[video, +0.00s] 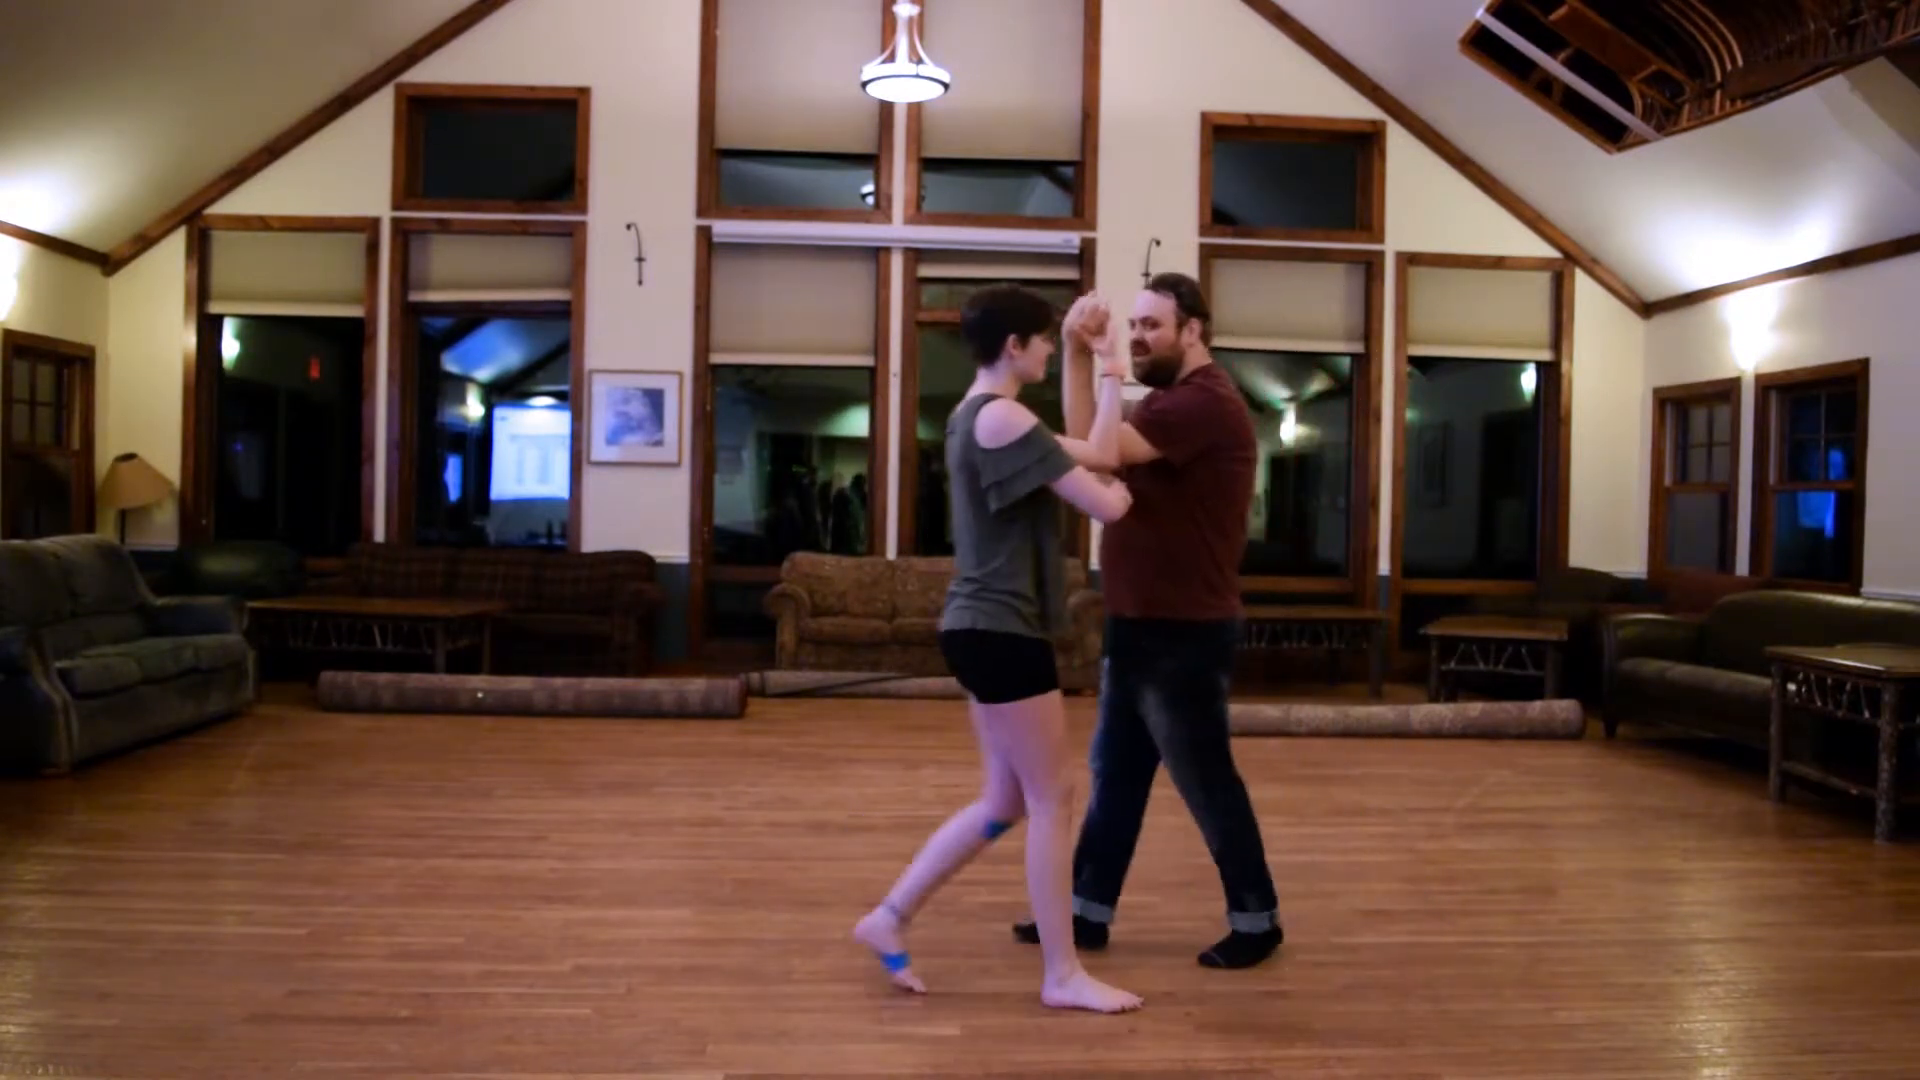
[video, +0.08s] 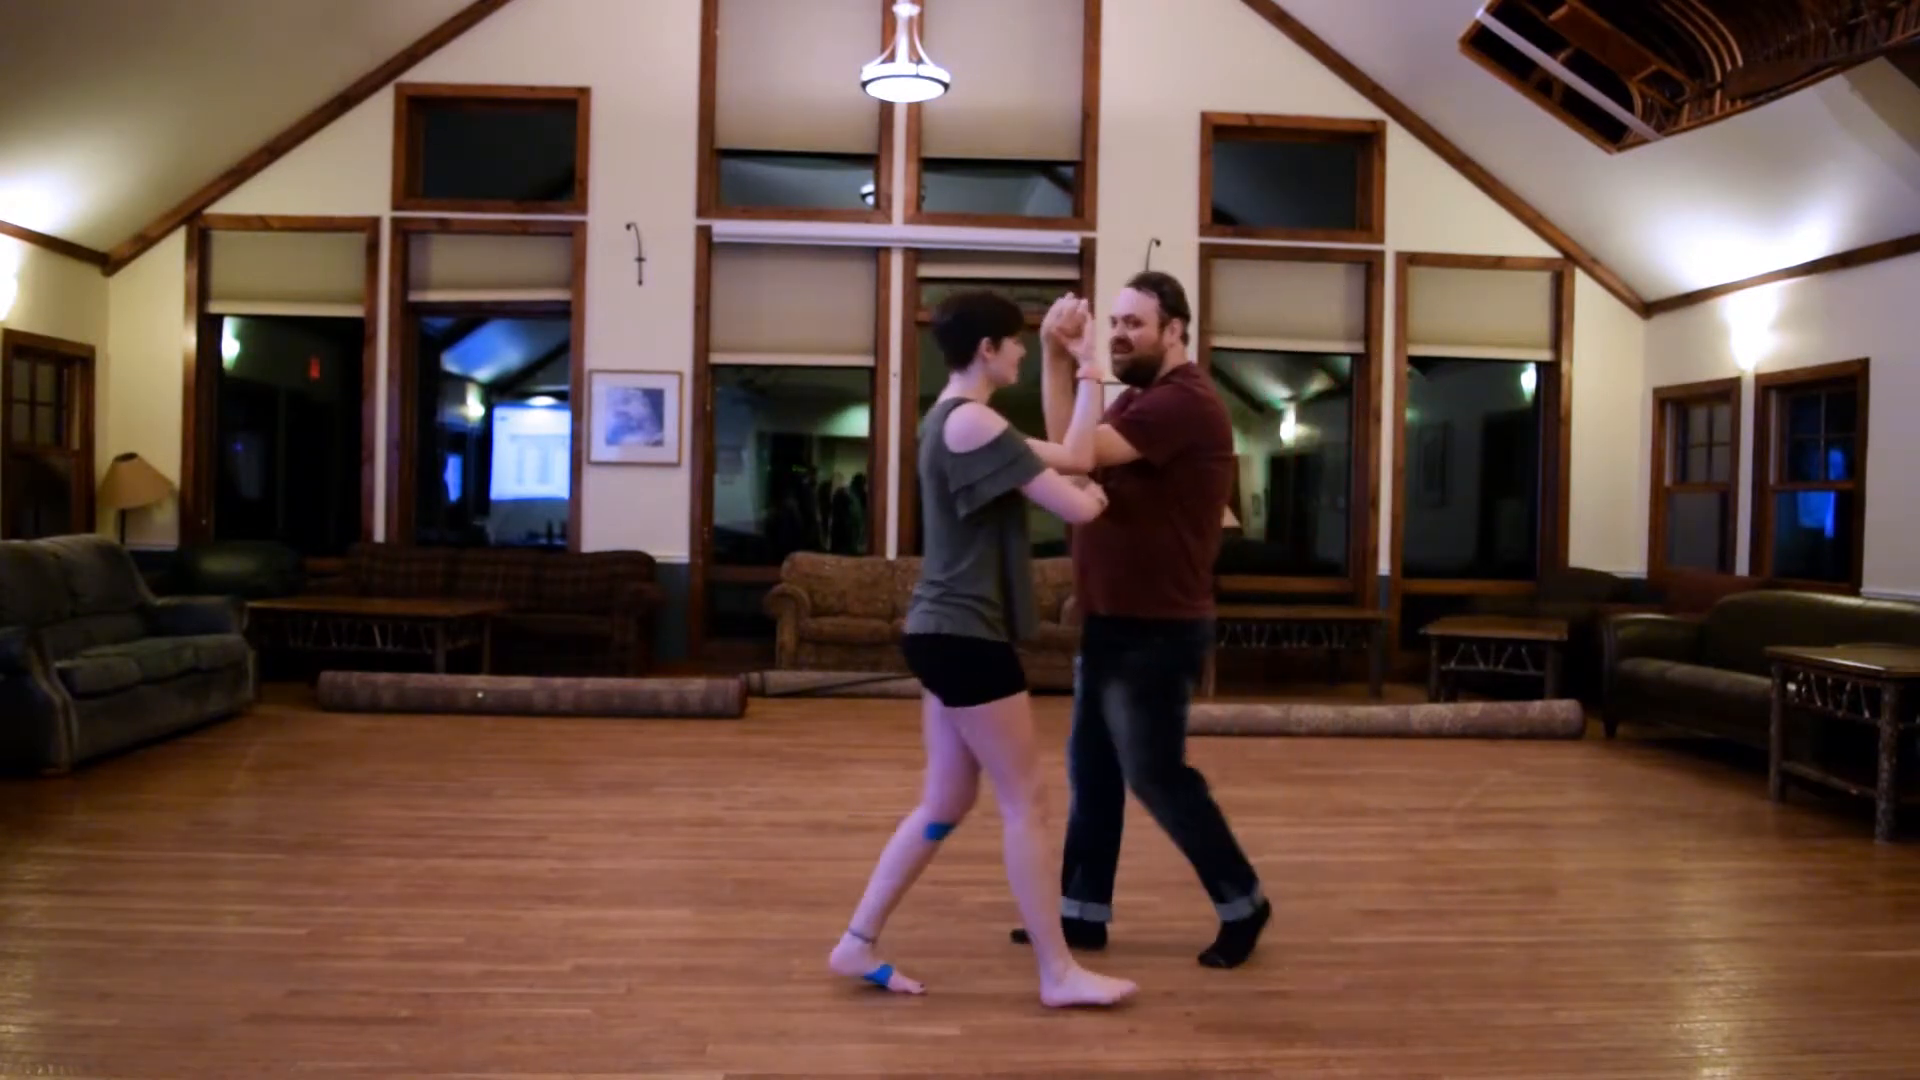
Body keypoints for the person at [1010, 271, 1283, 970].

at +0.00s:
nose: (1136, 338)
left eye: (1150, 326)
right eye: (1133, 326)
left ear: (1193, 332)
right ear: (1142, 336)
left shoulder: (1204, 401)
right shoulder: (1166, 397)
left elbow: (1103, 447)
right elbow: (1087, 435)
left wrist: (1109, 365)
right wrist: (1076, 347)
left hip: (1187, 625)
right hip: (1139, 622)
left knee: (1205, 778)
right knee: (1117, 773)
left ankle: (1256, 921)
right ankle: (1086, 912)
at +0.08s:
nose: (1120, 335)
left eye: (1133, 324)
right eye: (1116, 324)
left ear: (1175, 331)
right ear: (1119, 332)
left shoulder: (1185, 400)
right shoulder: (1142, 394)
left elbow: (1081, 453)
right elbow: (1068, 442)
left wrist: (1087, 367)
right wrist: (1057, 352)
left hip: (1159, 623)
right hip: (1111, 619)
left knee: (1152, 770)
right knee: (1094, 771)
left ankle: (1241, 903)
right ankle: (1083, 913)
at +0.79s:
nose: (985, 317)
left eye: (1002, 308)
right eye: (983, 306)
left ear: (1042, 324)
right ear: (978, 320)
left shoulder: (1058, 404)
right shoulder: (968, 387)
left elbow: (984, 460)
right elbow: (889, 448)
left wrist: (946, 383)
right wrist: (932, 389)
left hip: (998, 617)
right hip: (933, 606)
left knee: (964, 773)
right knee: (907, 748)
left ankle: (953, 919)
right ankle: (998, 865)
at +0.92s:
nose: (961, 309)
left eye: (980, 300)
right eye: (957, 299)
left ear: (1018, 318)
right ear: (951, 316)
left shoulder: (1038, 394)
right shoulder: (927, 385)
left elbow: (959, 418)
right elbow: (876, 466)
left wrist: (913, 348)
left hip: (982, 613)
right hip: (909, 604)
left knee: (963, 772)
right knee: (880, 748)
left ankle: (954, 915)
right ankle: (913, 890)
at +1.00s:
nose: (943, 304)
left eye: (961, 295)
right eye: (937, 295)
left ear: (997, 317)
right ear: (927, 312)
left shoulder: (1017, 382)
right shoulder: (910, 379)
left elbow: (948, 387)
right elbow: (872, 380)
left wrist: (900, 333)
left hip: (973, 605)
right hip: (895, 599)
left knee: (957, 777)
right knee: (873, 766)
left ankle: (950, 918)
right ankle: (854, 904)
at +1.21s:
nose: (892, 299)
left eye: (910, 288)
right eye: (884, 288)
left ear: (941, 308)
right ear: (875, 301)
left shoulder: (965, 365)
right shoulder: (856, 363)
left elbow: (888, 328)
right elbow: (807, 328)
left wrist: (813, 265)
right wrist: (787, 255)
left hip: (943, 601)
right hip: (862, 600)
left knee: (937, 775)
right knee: (852, 771)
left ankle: (935, 914)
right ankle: (841, 907)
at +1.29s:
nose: (878, 298)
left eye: (895, 289)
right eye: (871, 287)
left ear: (928, 307)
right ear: (860, 299)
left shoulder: (953, 364)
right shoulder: (847, 368)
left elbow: (875, 331)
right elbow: (789, 337)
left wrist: (793, 280)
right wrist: (754, 272)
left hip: (933, 599)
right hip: (854, 599)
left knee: (928, 776)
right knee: (845, 773)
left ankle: (929, 915)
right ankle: (840, 909)